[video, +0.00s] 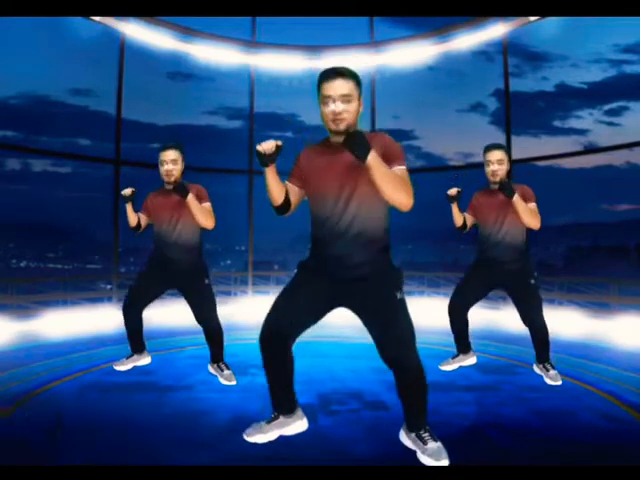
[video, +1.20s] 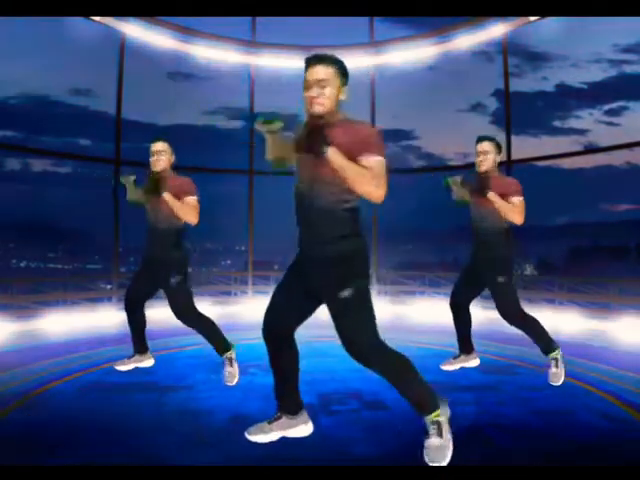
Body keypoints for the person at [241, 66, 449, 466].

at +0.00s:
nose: (337, 108)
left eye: (345, 99)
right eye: (328, 100)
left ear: (360, 104)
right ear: (319, 107)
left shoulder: (381, 145)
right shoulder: (311, 156)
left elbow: (404, 200)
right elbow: (284, 206)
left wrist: (364, 153)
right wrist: (268, 164)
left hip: (373, 276)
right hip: (320, 274)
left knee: (406, 361)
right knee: (273, 337)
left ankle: (417, 429)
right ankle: (287, 414)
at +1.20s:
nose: (315, 93)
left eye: (324, 85)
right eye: (309, 86)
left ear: (342, 91)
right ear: (303, 92)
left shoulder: (362, 134)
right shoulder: (308, 136)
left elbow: (376, 190)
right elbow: (280, 159)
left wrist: (335, 159)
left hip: (345, 259)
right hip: (310, 259)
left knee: (363, 347)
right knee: (275, 329)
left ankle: (434, 412)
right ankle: (291, 414)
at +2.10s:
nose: (322, 107)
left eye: (330, 99)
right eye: (318, 100)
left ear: (354, 101)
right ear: (315, 104)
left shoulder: (380, 142)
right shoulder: (309, 150)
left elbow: (398, 195)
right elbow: (284, 196)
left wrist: (357, 154)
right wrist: (277, 153)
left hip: (372, 270)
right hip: (320, 269)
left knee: (404, 357)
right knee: (277, 334)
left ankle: (409, 425)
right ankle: (292, 415)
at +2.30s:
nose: (334, 69)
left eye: (340, 61)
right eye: (326, 63)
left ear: (357, 63)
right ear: (317, 69)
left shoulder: (378, 106)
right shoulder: (307, 116)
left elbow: (400, 153)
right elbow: (273, 151)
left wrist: (363, 110)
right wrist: (271, 108)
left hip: (364, 234)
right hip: (316, 234)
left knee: (388, 324)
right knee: (290, 315)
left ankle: (412, 415)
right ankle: (281, 400)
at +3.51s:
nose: (313, 98)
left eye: (317, 91)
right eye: (313, 92)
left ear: (338, 90)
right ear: (339, 92)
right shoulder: (340, 126)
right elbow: (317, 173)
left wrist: (232, 109)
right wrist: (312, 133)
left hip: (348, 257)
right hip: (322, 255)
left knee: (362, 346)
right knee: (286, 324)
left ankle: (418, 416)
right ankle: (289, 410)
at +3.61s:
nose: (316, 99)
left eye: (320, 91)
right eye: (316, 92)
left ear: (341, 89)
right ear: (338, 91)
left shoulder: (358, 119)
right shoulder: (339, 128)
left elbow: (297, 133)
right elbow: (316, 177)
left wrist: (256, 114)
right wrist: (310, 131)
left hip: (356, 254)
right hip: (328, 253)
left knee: (374, 345)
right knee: (291, 325)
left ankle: (423, 424)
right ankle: (290, 415)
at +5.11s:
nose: (332, 97)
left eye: (339, 89)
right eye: (330, 91)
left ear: (366, 91)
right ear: (330, 95)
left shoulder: (395, 132)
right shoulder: (323, 142)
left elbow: (415, 175)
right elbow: (290, 174)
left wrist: (373, 134)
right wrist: (274, 152)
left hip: (383, 264)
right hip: (330, 263)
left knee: (408, 349)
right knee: (291, 336)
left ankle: (425, 430)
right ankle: (284, 415)